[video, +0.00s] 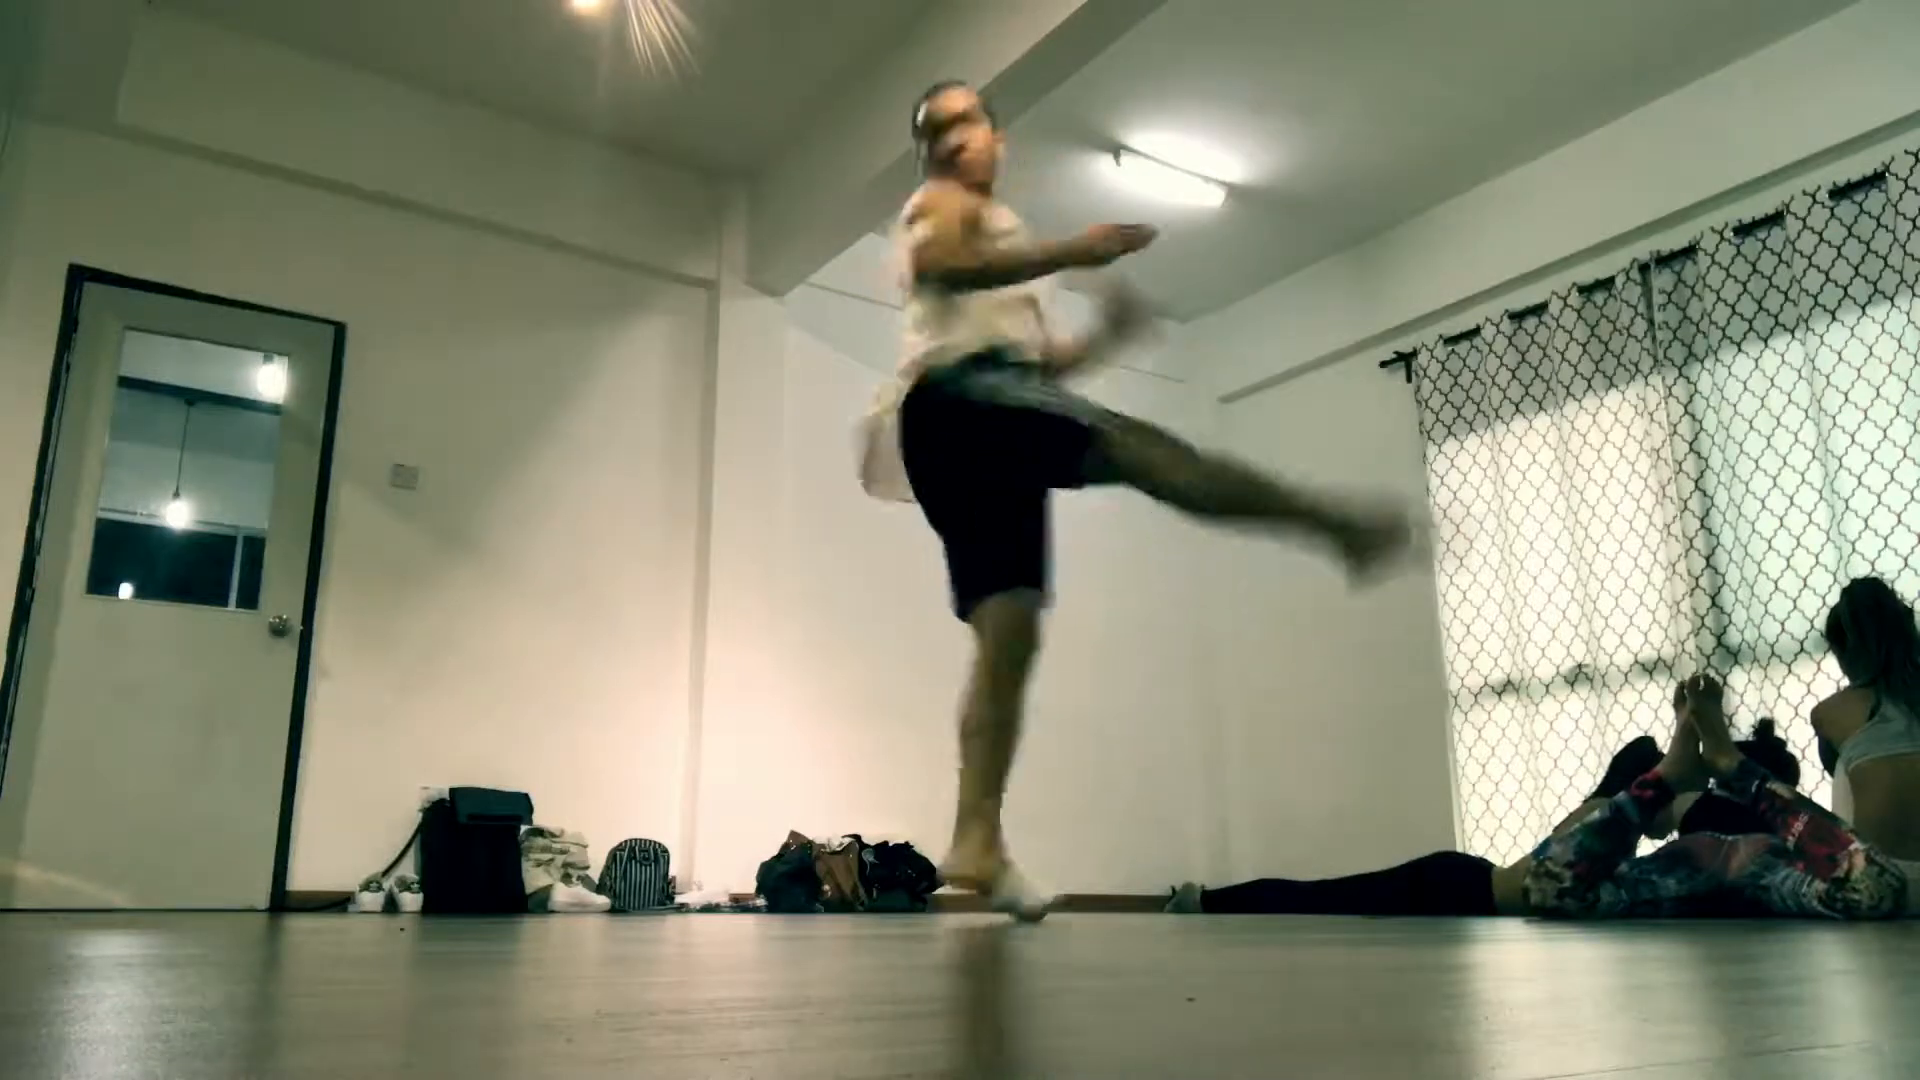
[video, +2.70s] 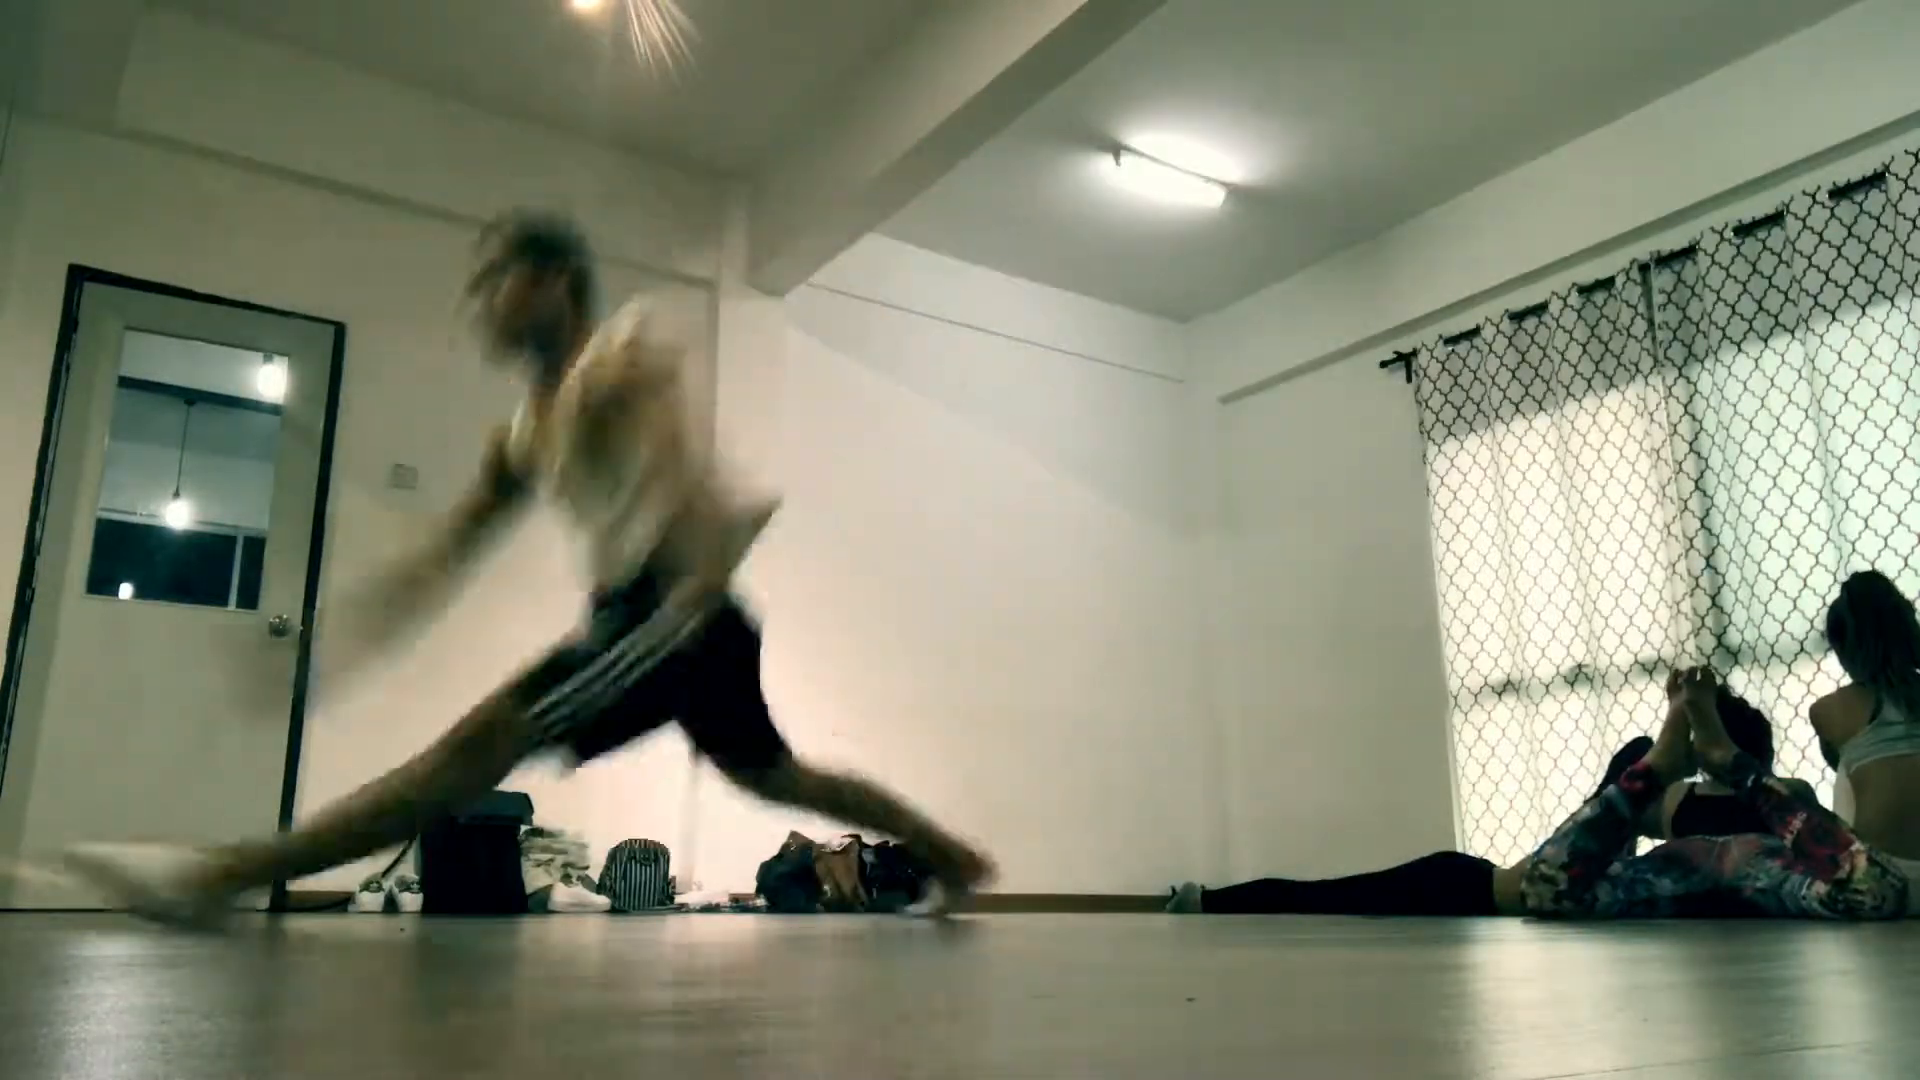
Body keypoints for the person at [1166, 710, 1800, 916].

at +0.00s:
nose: (1676, 793)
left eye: (1670, 781)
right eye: (1671, 782)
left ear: (1630, 777)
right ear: (1647, 783)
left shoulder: (1618, 818)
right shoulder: (1619, 825)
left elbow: (1668, 794)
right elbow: (1671, 796)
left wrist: (1699, 743)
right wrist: (1696, 742)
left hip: (1473, 879)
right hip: (1470, 888)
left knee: (1335, 893)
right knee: (1331, 897)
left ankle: (1211, 896)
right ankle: (1204, 900)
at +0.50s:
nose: (1676, 776)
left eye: (1676, 768)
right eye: (1672, 769)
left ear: (1656, 779)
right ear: (1653, 781)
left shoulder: (1628, 814)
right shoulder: (1623, 815)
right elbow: (1670, 800)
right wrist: (1695, 736)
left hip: (1479, 882)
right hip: (1472, 883)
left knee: (1338, 895)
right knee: (1333, 896)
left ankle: (1213, 898)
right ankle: (1207, 899)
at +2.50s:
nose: (1682, 726)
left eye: (1698, 724)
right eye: (1689, 718)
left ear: (1720, 740)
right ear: (1704, 733)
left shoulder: (1702, 802)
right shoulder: (1652, 781)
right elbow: (1645, 790)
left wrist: (1690, 721)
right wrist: (1681, 718)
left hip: (1497, 889)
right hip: (1488, 880)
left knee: (1340, 900)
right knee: (1336, 895)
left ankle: (1212, 902)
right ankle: (1208, 900)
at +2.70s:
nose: (1669, 717)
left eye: (1683, 712)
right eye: (1670, 708)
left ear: (1715, 732)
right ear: (1690, 727)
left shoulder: (1725, 798)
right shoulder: (1642, 775)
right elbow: (1642, 793)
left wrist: (1708, 728)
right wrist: (1683, 722)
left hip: (1500, 892)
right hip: (1486, 881)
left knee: (1340, 901)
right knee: (1334, 895)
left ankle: (1212, 902)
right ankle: (1205, 901)